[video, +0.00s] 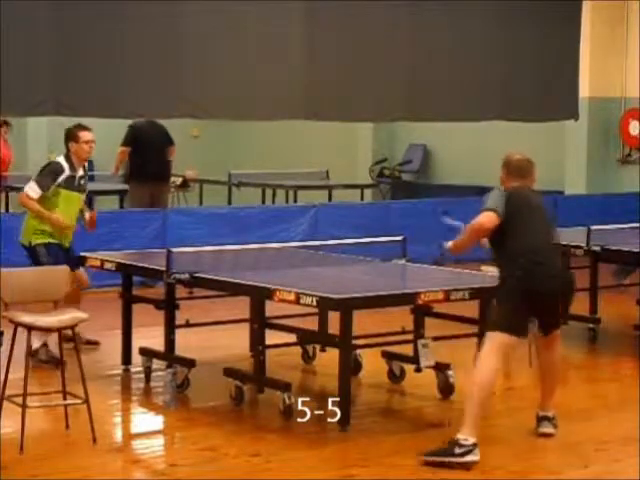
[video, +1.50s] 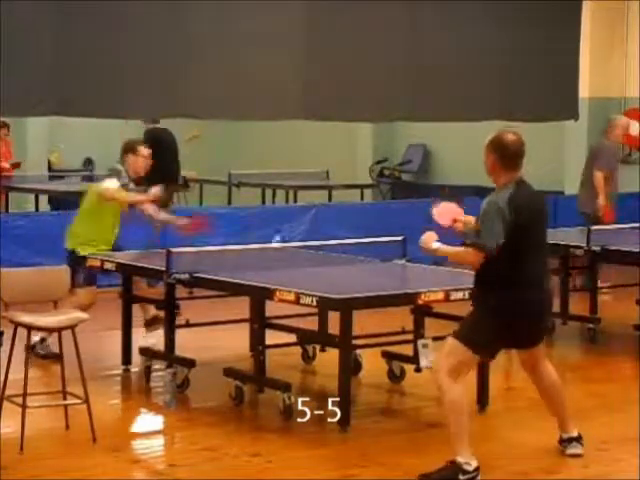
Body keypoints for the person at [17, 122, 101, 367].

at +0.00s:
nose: (91, 148)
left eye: (92, 143)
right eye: (86, 143)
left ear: (90, 146)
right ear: (72, 145)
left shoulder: (83, 171)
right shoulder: (56, 167)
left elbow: (80, 201)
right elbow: (26, 197)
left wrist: (87, 214)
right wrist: (50, 216)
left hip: (63, 238)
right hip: (40, 237)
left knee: (80, 281)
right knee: (54, 287)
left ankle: (68, 328)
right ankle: (38, 344)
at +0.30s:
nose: (102, 154)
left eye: (104, 149)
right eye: (98, 149)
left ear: (88, 151)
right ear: (84, 149)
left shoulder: (76, 169)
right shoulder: (77, 168)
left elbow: (75, 207)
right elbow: (75, 203)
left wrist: (92, 226)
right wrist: (104, 226)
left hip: (56, 237)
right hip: (42, 238)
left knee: (73, 281)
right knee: (60, 288)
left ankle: (67, 328)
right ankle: (40, 347)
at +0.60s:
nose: (106, 177)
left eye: (107, 172)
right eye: (103, 171)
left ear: (83, 171)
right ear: (88, 169)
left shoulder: (60, 185)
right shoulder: (90, 185)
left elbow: (31, 217)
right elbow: (107, 193)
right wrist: (129, 202)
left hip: (28, 250)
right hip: (52, 255)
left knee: (59, 300)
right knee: (80, 303)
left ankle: (42, 347)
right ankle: (48, 350)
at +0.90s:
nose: (104, 139)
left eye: (105, 135)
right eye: (100, 135)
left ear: (104, 136)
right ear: (84, 136)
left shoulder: (103, 157)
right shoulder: (64, 153)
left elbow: (135, 153)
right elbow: (26, 155)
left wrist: (124, 119)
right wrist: (6, 159)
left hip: (85, 228)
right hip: (60, 229)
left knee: (106, 283)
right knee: (59, 290)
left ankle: (100, 333)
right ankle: (39, 346)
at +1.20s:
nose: (102, 133)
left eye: (103, 129)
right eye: (97, 129)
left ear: (106, 132)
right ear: (84, 132)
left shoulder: (113, 158)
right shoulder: (67, 158)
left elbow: (131, 188)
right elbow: (48, 187)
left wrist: (140, 167)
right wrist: (49, 214)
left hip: (103, 232)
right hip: (74, 232)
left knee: (125, 282)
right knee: (64, 289)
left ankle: (135, 333)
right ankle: (51, 343)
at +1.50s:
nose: (147, 164)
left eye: (148, 159)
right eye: (143, 158)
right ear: (128, 158)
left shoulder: (126, 186)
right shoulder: (110, 180)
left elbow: (149, 210)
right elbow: (115, 195)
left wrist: (175, 220)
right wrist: (147, 196)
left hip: (104, 245)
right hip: (83, 246)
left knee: (137, 271)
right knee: (84, 297)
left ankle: (149, 315)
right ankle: (41, 337)